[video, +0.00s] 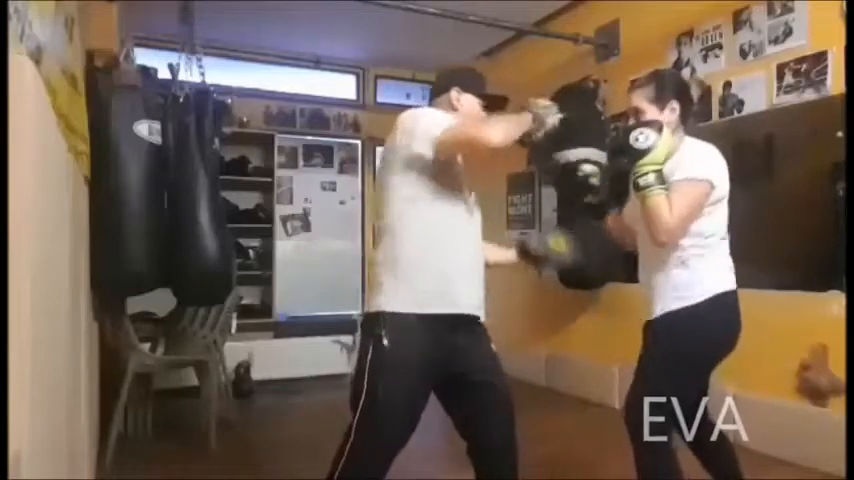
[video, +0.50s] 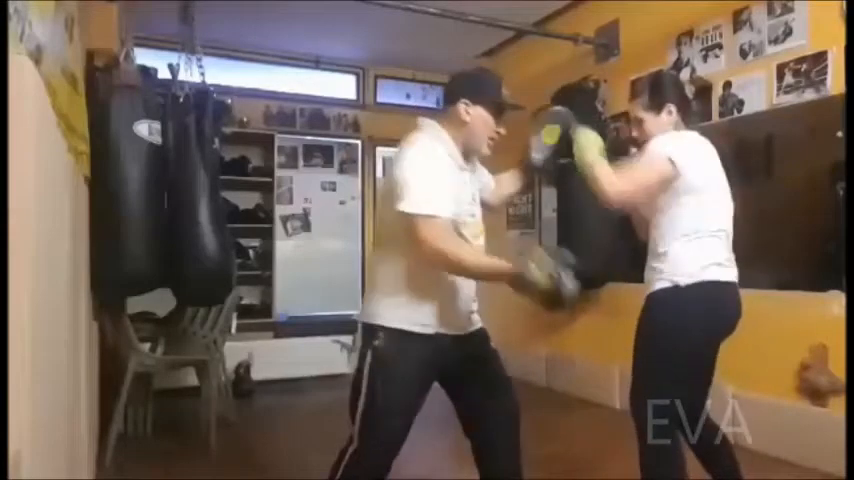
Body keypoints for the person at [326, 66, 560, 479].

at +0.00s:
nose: (486, 111)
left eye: (487, 105)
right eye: (481, 101)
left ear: (461, 102)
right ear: (455, 96)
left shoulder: (454, 163)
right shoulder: (416, 121)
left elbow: (465, 246)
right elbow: (489, 135)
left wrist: (524, 250)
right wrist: (532, 116)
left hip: (461, 324)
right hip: (402, 321)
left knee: (496, 445)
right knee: (369, 450)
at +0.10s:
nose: (480, 116)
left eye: (481, 106)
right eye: (475, 104)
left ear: (449, 100)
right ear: (448, 96)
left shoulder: (447, 154)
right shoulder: (410, 127)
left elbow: (457, 238)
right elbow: (486, 163)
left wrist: (518, 223)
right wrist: (533, 134)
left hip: (456, 324)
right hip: (399, 323)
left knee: (494, 446)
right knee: (368, 453)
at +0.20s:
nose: (468, 111)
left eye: (469, 101)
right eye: (462, 98)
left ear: (432, 96)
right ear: (431, 91)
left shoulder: (442, 151)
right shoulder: (395, 132)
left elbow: (464, 215)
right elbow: (473, 170)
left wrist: (523, 185)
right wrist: (518, 121)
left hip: (453, 326)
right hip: (392, 324)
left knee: (494, 444)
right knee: (363, 455)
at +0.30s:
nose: (468, 111)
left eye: (469, 101)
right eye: (461, 98)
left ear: (436, 95)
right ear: (431, 92)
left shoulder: (448, 152)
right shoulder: (386, 137)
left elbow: (479, 207)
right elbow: (437, 205)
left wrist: (529, 171)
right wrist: (498, 156)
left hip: (452, 326)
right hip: (388, 326)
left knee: (495, 439)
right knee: (357, 457)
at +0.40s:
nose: (483, 119)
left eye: (483, 108)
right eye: (476, 105)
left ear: (449, 104)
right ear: (444, 102)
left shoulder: (460, 153)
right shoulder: (395, 146)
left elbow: (506, 199)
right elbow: (410, 225)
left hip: (455, 330)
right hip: (391, 331)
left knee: (496, 447)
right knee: (361, 456)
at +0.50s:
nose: (500, 128)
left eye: (502, 118)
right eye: (494, 114)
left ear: (466, 112)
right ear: (464, 109)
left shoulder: (463, 158)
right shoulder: (422, 152)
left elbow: (494, 190)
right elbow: (433, 242)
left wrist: (532, 168)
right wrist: (513, 272)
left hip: (460, 331)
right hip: (402, 333)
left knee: (500, 432)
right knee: (370, 454)